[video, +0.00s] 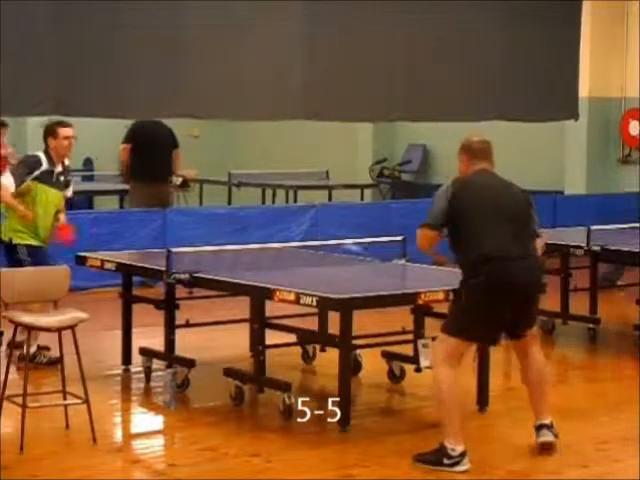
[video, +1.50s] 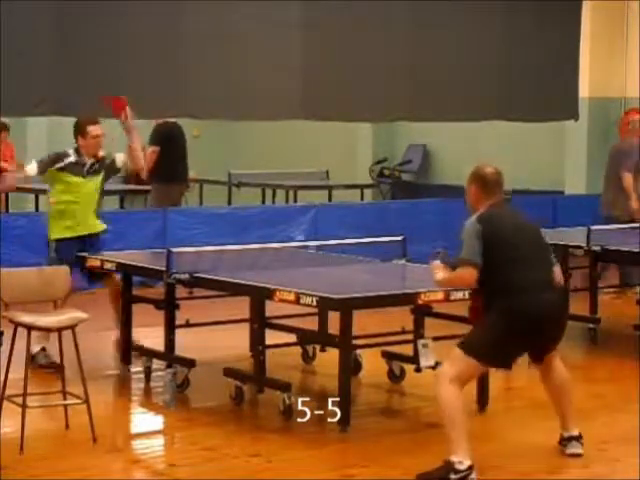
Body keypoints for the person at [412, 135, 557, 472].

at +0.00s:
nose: (458, 168)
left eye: (458, 163)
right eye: (460, 163)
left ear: (464, 161)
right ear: (492, 161)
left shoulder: (455, 189)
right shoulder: (518, 192)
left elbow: (425, 240)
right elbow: (536, 245)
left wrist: (445, 260)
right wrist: (516, 268)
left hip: (483, 279)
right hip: (527, 277)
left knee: (445, 359)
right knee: (528, 345)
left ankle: (453, 448)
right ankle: (545, 424)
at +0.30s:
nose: (491, 179)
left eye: (491, 175)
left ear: (491, 174)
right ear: (521, 177)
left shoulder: (484, 193)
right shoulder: (534, 204)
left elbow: (450, 221)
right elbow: (546, 253)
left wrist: (432, 243)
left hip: (497, 285)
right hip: (538, 285)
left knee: (453, 360)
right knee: (538, 346)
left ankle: (453, 448)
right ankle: (546, 418)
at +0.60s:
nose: (499, 179)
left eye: (499, 175)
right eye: (503, 175)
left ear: (503, 175)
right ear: (530, 176)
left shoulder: (505, 192)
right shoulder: (540, 200)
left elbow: (494, 222)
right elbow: (535, 242)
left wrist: (466, 244)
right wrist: (497, 244)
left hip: (529, 277)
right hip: (565, 277)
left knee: (505, 355)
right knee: (550, 338)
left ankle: (484, 436)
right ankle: (547, 414)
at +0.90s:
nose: (488, 167)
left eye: (489, 162)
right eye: (489, 161)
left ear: (495, 162)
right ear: (520, 162)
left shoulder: (501, 189)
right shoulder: (537, 192)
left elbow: (490, 231)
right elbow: (534, 237)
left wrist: (466, 245)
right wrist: (488, 238)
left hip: (532, 277)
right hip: (564, 275)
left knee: (496, 353)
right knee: (544, 343)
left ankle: (502, 440)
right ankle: (550, 415)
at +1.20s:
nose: (473, 169)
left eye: (474, 164)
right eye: (474, 164)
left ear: (481, 163)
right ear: (507, 163)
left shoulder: (482, 192)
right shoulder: (534, 193)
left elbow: (466, 244)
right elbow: (542, 237)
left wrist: (444, 247)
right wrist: (494, 250)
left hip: (518, 282)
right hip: (559, 280)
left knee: (461, 349)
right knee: (552, 345)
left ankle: (489, 436)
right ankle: (566, 428)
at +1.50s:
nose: (466, 197)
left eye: (467, 191)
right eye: (467, 191)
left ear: (474, 191)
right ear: (500, 190)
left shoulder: (477, 223)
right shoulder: (526, 222)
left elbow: (469, 277)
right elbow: (557, 279)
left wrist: (442, 276)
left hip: (511, 311)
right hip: (552, 307)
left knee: (449, 377)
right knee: (548, 358)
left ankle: (459, 460)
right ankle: (571, 434)